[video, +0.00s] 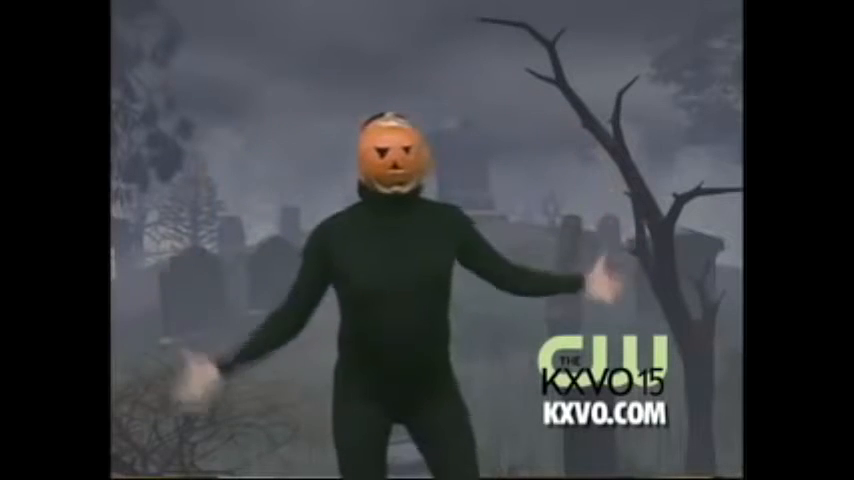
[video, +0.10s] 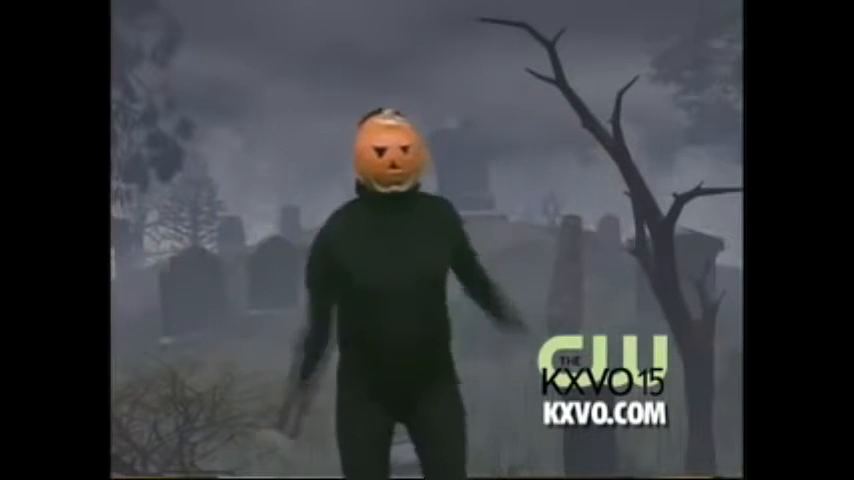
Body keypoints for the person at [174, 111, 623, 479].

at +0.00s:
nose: (394, 158)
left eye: (405, 148)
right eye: (381, 151)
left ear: (422, 161)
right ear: (362, 164)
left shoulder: (446, 223)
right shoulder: (333, 235)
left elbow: (508, 277)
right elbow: (291, 315)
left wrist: (581, 282)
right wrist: (227, 364)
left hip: (432, 387)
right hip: (361, 392)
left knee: (462, 472)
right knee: (360, 475)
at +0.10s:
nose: (394, 160)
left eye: (405, 149)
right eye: (380, 150)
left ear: (421, 157)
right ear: (358, 161)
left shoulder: (439, 215)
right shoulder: (338, 231)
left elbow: (473, 275)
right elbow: (319, 324)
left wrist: (509, 319)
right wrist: (300, 391)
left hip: (432, 384)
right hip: (364, 389)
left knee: (449, 472)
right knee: (364, 473)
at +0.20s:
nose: (395, 148)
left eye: (405, 137)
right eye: (380, 140)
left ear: (419, 147)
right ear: (356, 152)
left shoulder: (435, 210)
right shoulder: (343, 224)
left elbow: (439, 289)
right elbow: (352, 307)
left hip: (432, 363)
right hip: (367, 367)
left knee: (451, 466)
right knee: (369, 466)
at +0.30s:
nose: (397, 136)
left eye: (407, 126)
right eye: (381, 129)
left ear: (420, 138)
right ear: (358, 146)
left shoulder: (432, 200)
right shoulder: (346, 218)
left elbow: (423, 270)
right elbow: (356, 309)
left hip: (427, 344)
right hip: (365, 355)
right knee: (377, 467)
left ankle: (456, 473)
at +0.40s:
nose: (398, 120)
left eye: (406, 110)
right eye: (383, 113)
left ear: (424, 125)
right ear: (360, 135)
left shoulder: (432, 181)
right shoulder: (351, 206)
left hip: (423, 325)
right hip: (367, 340)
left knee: (464, 350)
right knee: (378, 469)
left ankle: (443, 470)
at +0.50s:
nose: (395, 94)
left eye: (405, 84)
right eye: (379, 86)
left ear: (419, 97)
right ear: (356, 110)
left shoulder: (432, 160)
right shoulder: (346, 179)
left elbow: (432, 253)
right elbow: (413, 263)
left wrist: (453, 169)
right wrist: (449, 180)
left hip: (428, 320)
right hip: (366, 331)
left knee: (458, 415)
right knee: (376, 454)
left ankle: (446, 474)